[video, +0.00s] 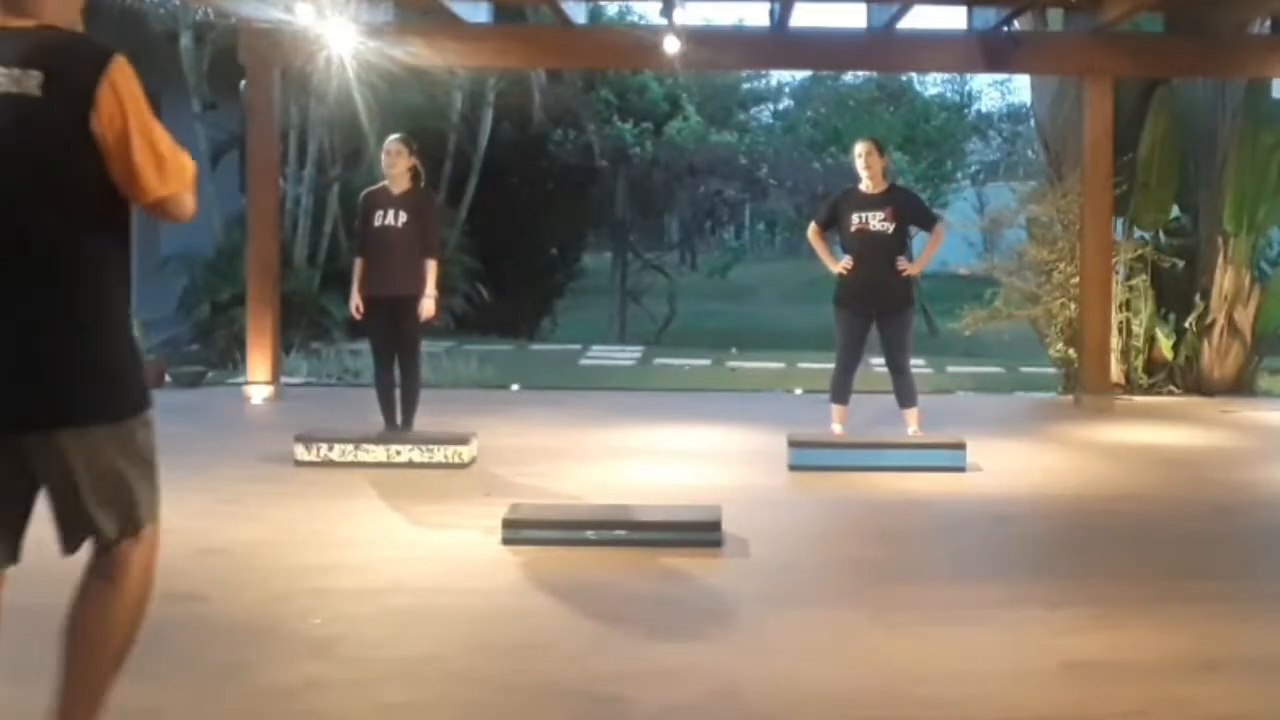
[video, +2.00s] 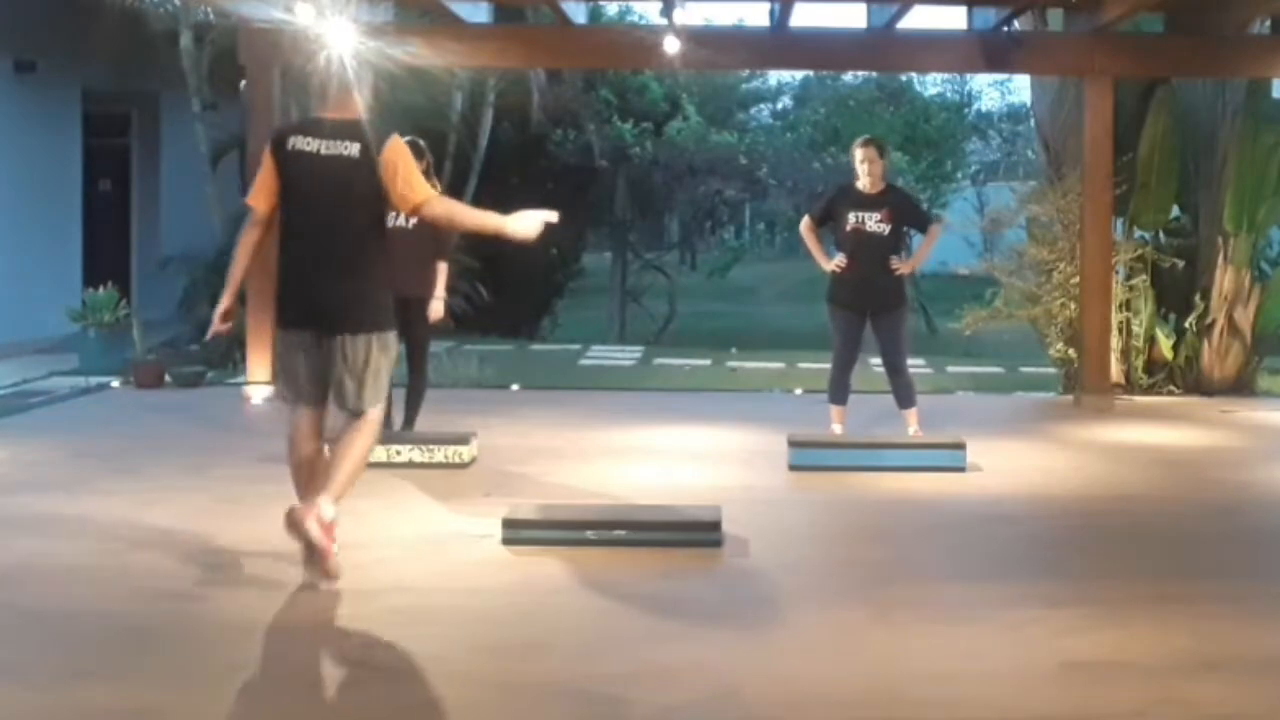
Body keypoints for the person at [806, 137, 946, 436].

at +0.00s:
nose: (864, 161)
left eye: (869, 155)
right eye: (859, 156)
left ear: (883, 160)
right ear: (854, 164)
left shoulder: (903, 198)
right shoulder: (844, 200)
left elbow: (939, 229)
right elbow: (813, 231)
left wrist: (919, 265)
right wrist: (833, 262)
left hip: (894, 289)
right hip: (854, 289)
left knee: (898, 362)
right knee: (846, 359)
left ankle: (913, 429)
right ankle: (837, 429)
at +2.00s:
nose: (865, 166)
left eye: (870, 160)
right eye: (860, 161)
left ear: (883, 162)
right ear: (854, 165)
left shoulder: (898, 199)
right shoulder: (840, 197)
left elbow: (934, 228)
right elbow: (806, 225)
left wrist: (914, 262)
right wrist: (824, 260)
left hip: (887, 287)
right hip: (847, 286)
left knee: (895, 359)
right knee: (844, 356)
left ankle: (914, 428)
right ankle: (837, 428)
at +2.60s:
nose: (865, 172)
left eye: (870, 166)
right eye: (859, 165)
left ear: (878, 167)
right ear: (848, 166)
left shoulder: (889, 199)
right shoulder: (832, 199)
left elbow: (918, 228)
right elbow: (795, 229)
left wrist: (904, 258)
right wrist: (819, 262)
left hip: (881, 289)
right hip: (843, 289)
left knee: (883, 359)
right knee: (841, 358)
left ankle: (888, 423)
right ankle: (837, 425)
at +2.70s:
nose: (869, 172)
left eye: (874, 166)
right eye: (864, 165)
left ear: (881, 166)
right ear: (852, 165)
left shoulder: (894, 199)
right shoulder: (836, 199)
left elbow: (923, 228)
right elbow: (801, 230)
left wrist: (910, 258)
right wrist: (823, 262)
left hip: (886, 289)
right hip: (847, 289)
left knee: (884, 360)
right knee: (844, 358)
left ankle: (888, 424)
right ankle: (838, 424)